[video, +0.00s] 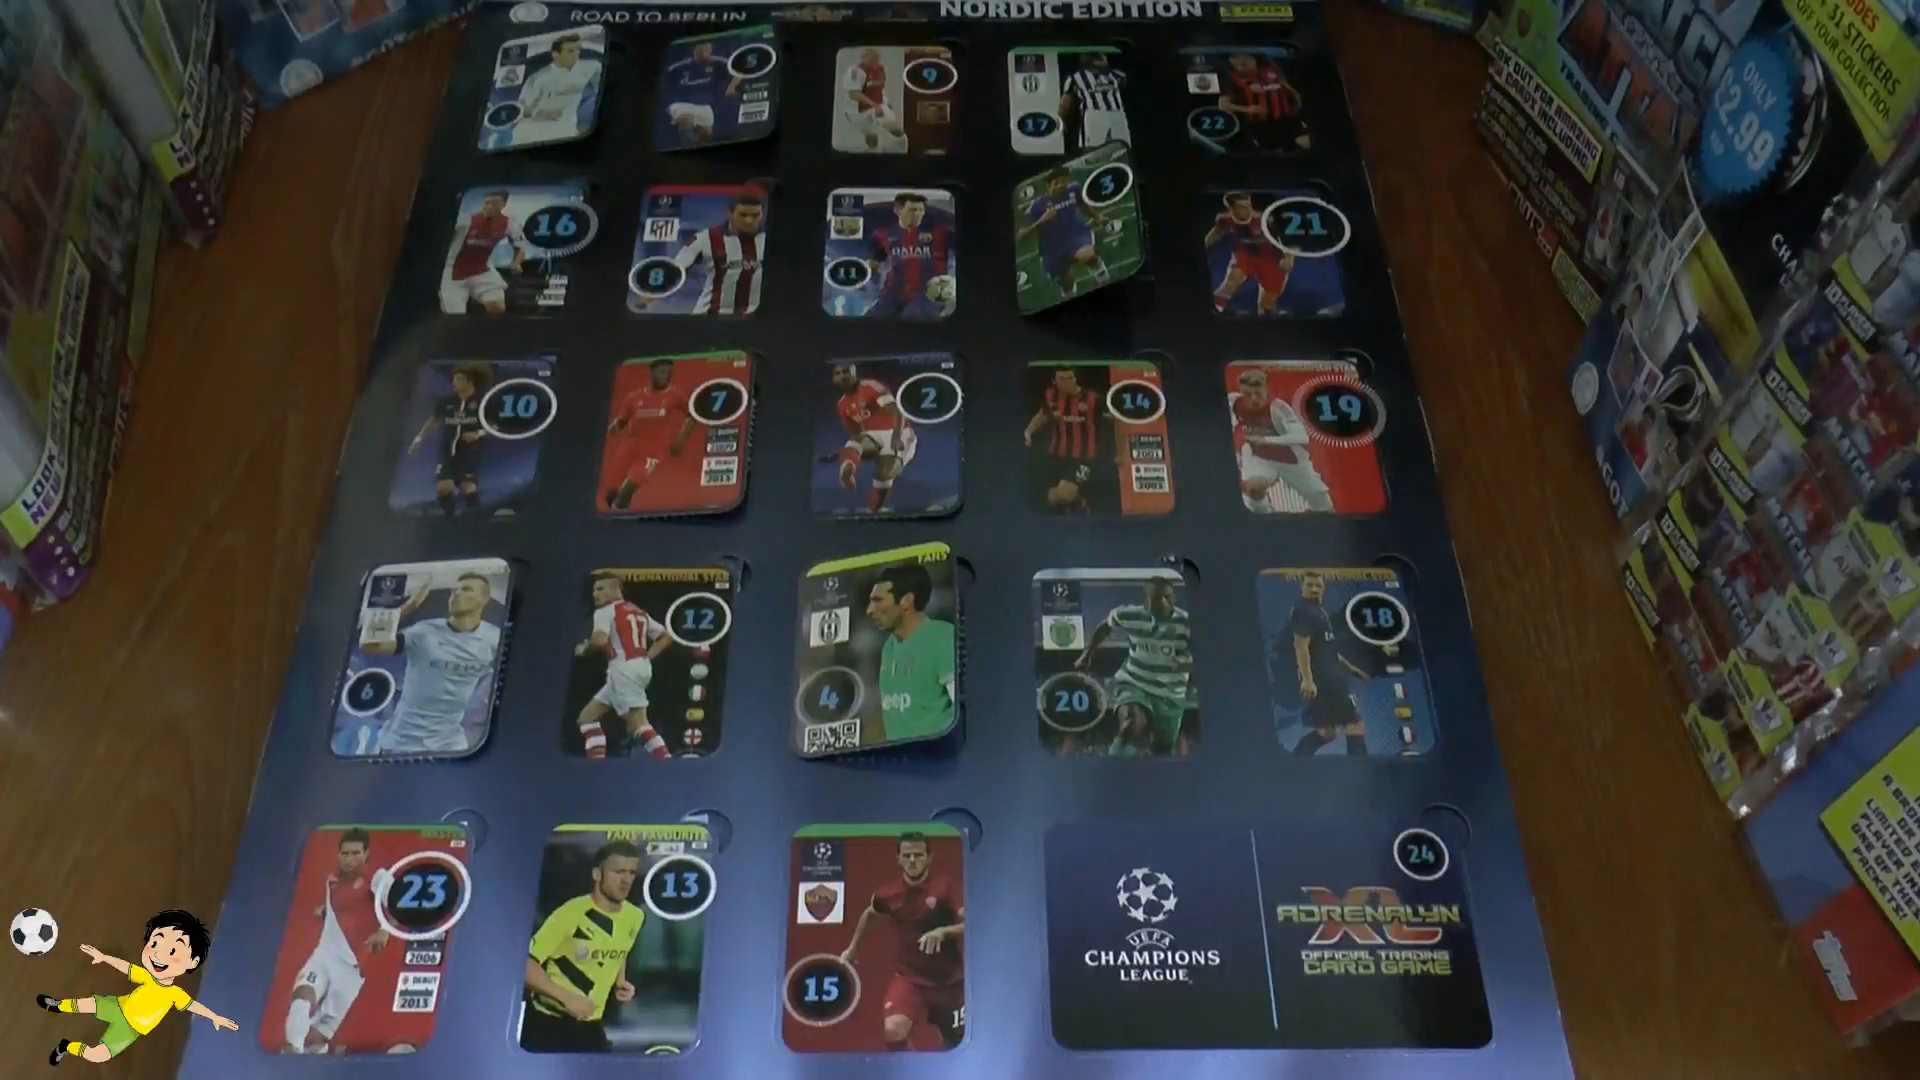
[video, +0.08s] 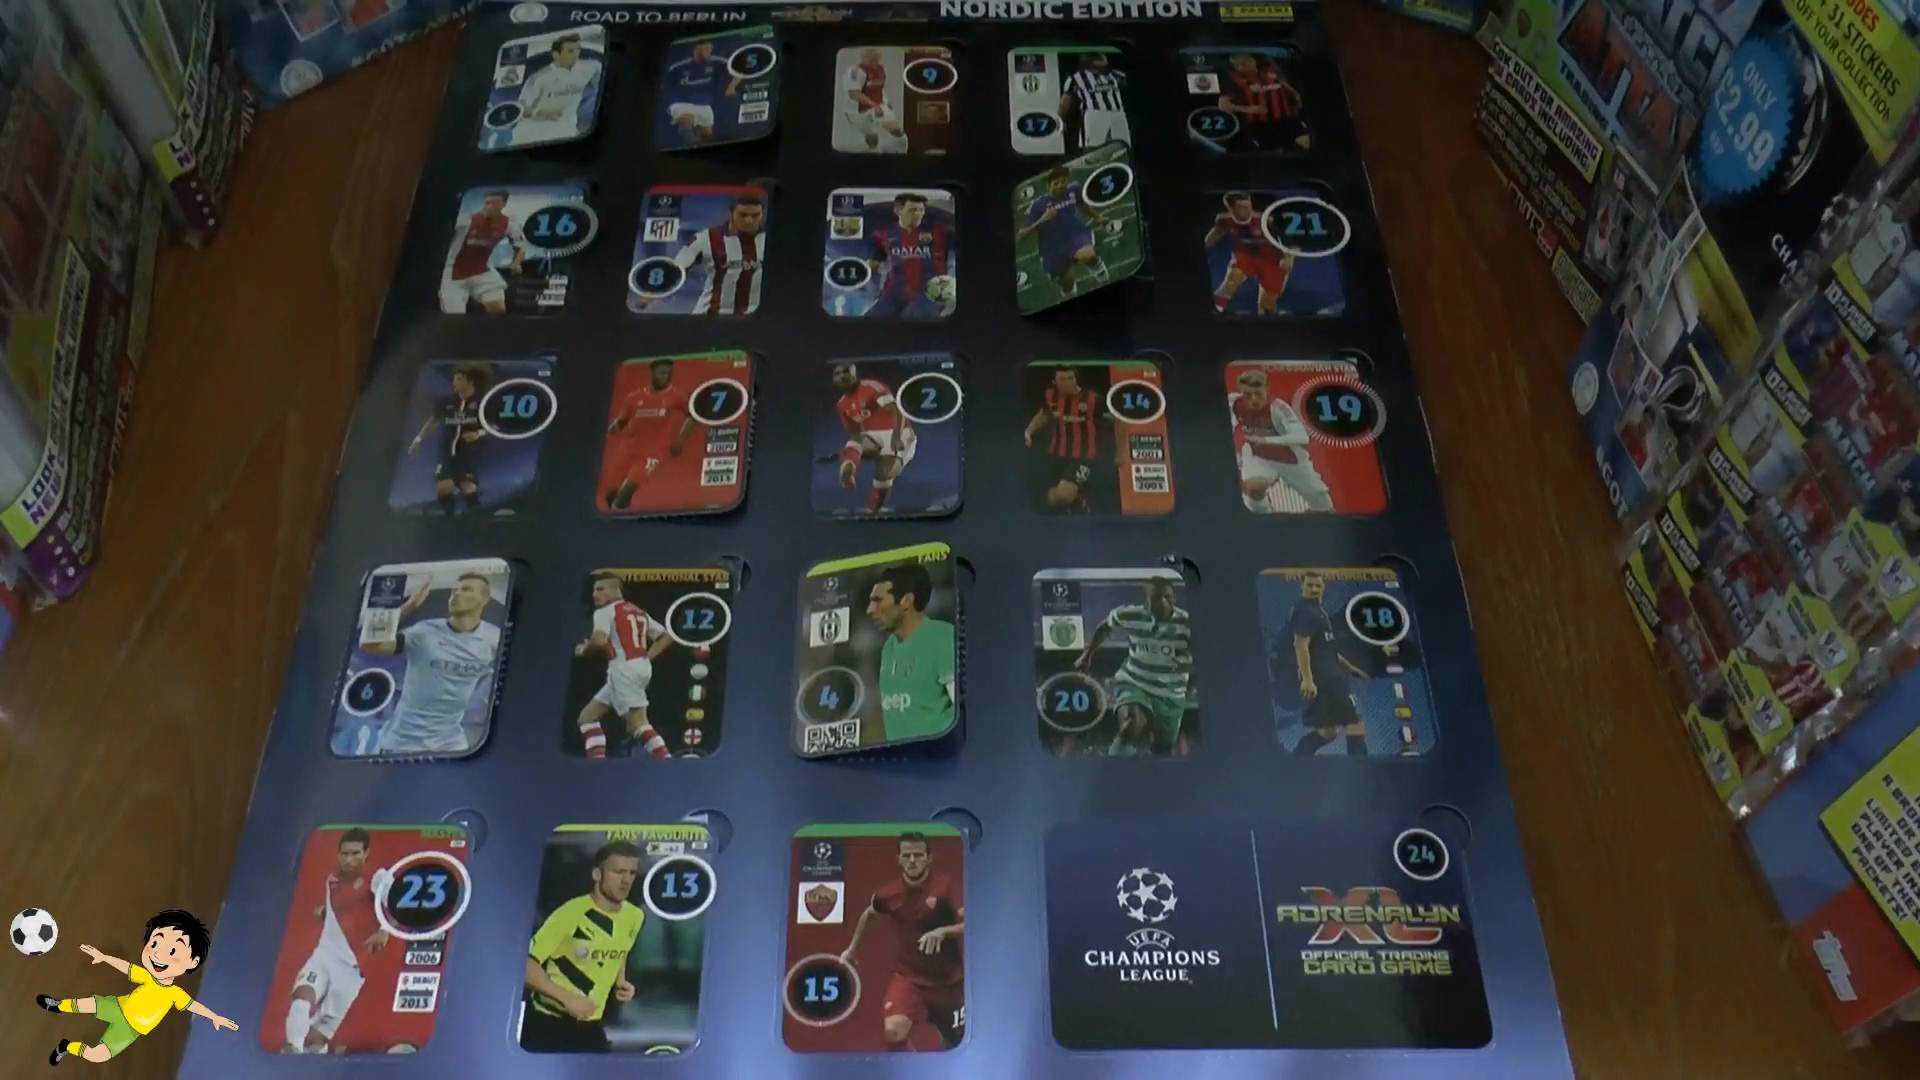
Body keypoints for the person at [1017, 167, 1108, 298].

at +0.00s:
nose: (1060, 186)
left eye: (1063, 182)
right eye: (1056, 183)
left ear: (1068, 182)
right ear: (1049, 186)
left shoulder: (1074, 191)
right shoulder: (1038, 204)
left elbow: (1083, 206)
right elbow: (1022, 234)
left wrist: (1096, 217)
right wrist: (1042, 220)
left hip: (1075, 235)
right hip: (1052, 248)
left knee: (1086, 256)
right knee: (1066, 281)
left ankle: (1096, 266)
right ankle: (1069, 292)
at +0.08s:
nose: (1060, 186)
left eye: (1063, 182)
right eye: (1056, 183)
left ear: (1067, 182)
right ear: (1049, 186)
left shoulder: (1074, 191)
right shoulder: (1039, 204)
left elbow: (1083, 206)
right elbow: (1021, 234)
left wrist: (1097, 217)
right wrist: (1042, 220)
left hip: (1075, 234)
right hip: (1052, 247)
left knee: (1086, 256)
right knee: (1066, 281)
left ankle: (1096, 266)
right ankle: (1069, 292)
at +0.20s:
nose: (1060, 186)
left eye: (1063, 182)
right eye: (1056, 184)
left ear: (1068, 182)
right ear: (1049, 186)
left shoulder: (1075, 191)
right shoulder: (1039, 204)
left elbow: (1083, 206)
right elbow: (1021, 235)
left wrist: (1097, 217)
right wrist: (1042, 219)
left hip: (1076, 234)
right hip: (1052, 247)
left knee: (1087, 256)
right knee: (1067, 283)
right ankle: (1069, 293)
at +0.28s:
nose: (1060, 186)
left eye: (1063, 182)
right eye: (1056, 184)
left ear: (1068, 182)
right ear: (1049, 186)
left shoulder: (1074, 191)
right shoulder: (1039, 204)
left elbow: (1083, 206)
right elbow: (1022, 234)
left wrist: (1097, 217)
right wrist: (1042, 219)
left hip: (1076, 235)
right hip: (1053, 248)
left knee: (1087, 256)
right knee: (1066, 283)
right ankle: (1069, 294)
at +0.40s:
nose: (1060, 186)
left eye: (1062, 182)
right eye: (1056, 184)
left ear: (1067, 182)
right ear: (1049, 186)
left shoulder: (1074, 191)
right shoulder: (1038, 204)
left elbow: (1083, 205)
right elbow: (1021, 235)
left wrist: (1096, 217)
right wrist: (1042, 220)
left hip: (1076, 235)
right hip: (1052, 248)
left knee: (1086, 256)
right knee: (1066, 283)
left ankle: (1096, 266)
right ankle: (1069, 293)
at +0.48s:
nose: (1060, 186)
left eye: (1062, 182)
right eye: (1055, 183)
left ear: (1067, 182)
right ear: (1048, 186)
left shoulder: (1074, 191)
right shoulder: (1038, 204)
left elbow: (1082, 205)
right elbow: (1021, 235)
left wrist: (1096, 217)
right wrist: (1042, 219)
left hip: (1076, 235)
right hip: (1052, 248)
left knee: (1086, 256)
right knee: (1066, 282)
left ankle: (1096, 267)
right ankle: (1068, 293)